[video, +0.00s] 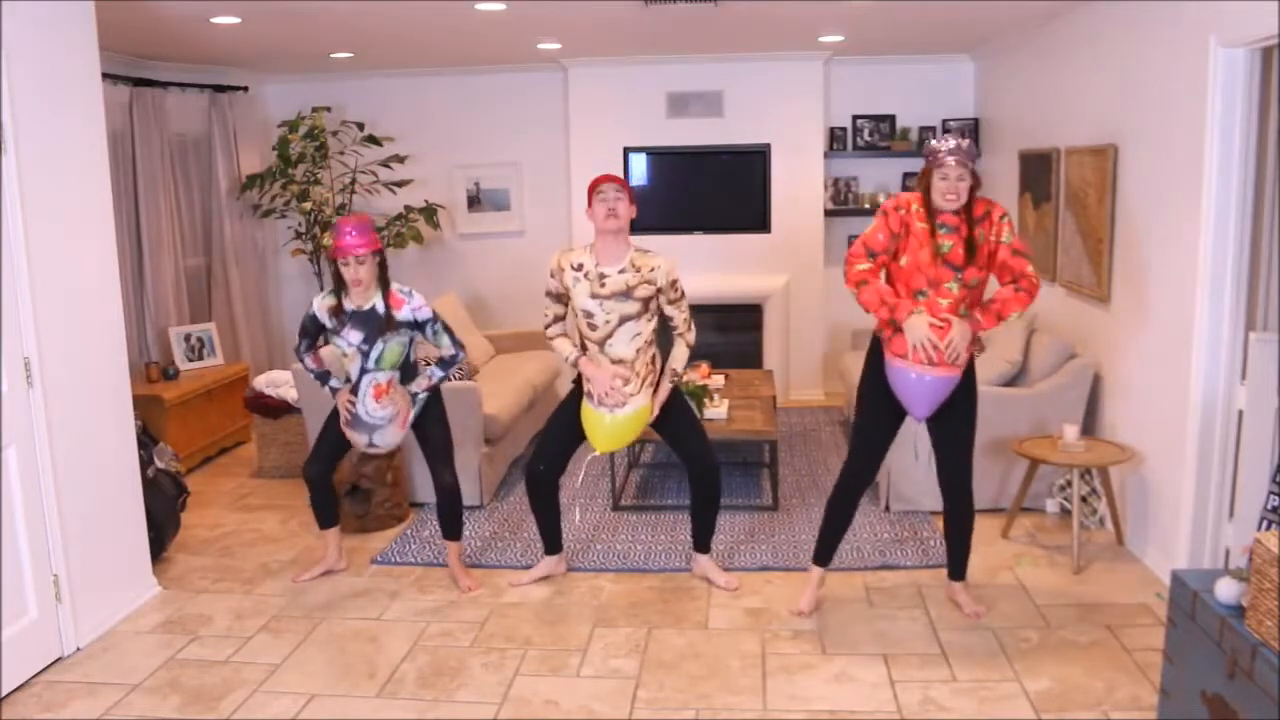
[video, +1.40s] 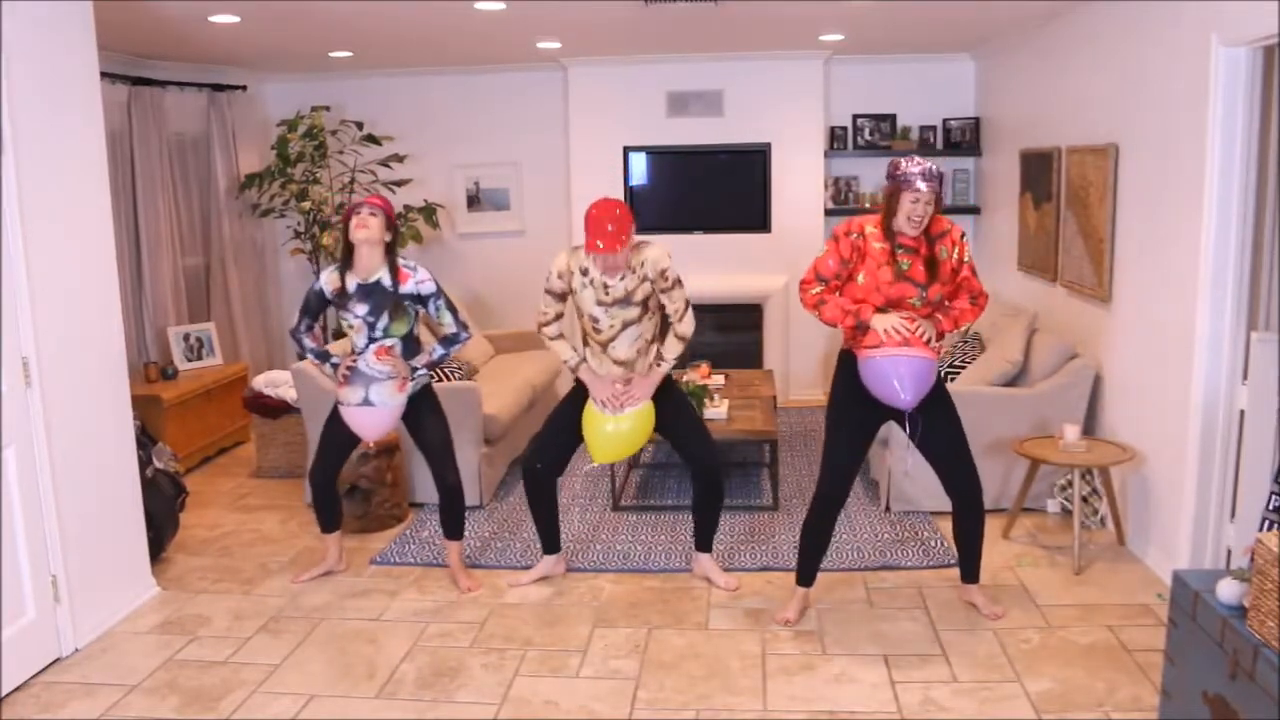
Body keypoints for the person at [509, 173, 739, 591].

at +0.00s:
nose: (611, 205)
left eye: (619, 199)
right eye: (602, 200)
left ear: (633, 211)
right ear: (589, 214)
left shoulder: (656, 269)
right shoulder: (567, 266)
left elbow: (684, 332)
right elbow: (555, 329)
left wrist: (662, 392)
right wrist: (586, 366)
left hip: (651, 386)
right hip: (592, 388)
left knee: (704, 462)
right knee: (540, 468)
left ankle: (702, 556)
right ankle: (553, 556)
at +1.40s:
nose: (610, 263)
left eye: (617, 253)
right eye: (601, 254)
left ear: (631, 239)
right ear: (588, 244)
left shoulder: (653, 260)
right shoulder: (568, 265)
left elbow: (683, 323)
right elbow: (549, 326)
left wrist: (652, 378)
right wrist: (589, 378)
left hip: (652, 381)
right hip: (592, 384)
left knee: (707, 462)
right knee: (537, 465)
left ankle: (703, 555)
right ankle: (552, 556)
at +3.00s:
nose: (611, 300)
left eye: (618, 292)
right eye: (603, 292)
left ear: (633, 268)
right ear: (588, 270)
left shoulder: (655, 271)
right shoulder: (571, 268)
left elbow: (688, 337)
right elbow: (542, 332)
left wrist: (658, 393)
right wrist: (576, 391)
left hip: (652, 398)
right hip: (590, 399)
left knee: (718, 469)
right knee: (528, 476)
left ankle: (703, 557)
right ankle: (552, 557)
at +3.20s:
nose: (612, 291)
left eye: (619, 283)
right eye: (603, 283)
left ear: (634, 261)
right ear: (588, 263)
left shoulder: (660, 270)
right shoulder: (567, 268)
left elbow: (694, 339)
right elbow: (540, 332)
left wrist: (657, 392)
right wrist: (575, 387)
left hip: (651, 400)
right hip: (588, 400)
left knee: (718, 469)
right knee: (527, 480)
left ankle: (702, 558)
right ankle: (552, 558)